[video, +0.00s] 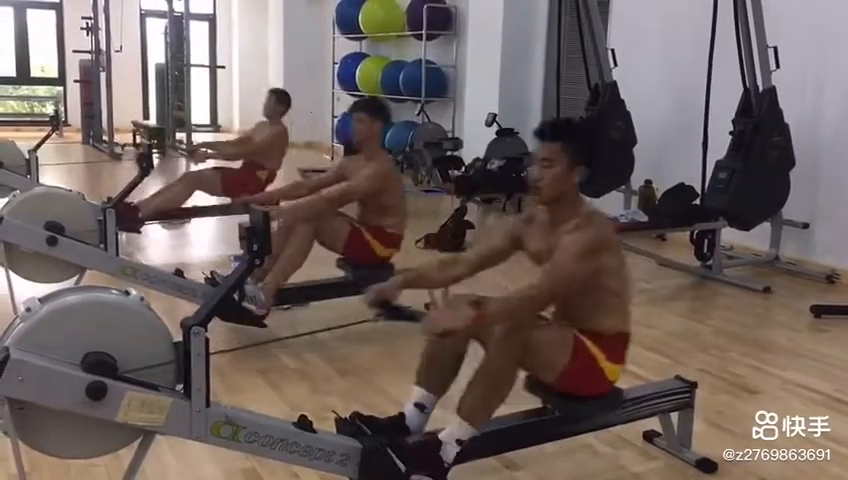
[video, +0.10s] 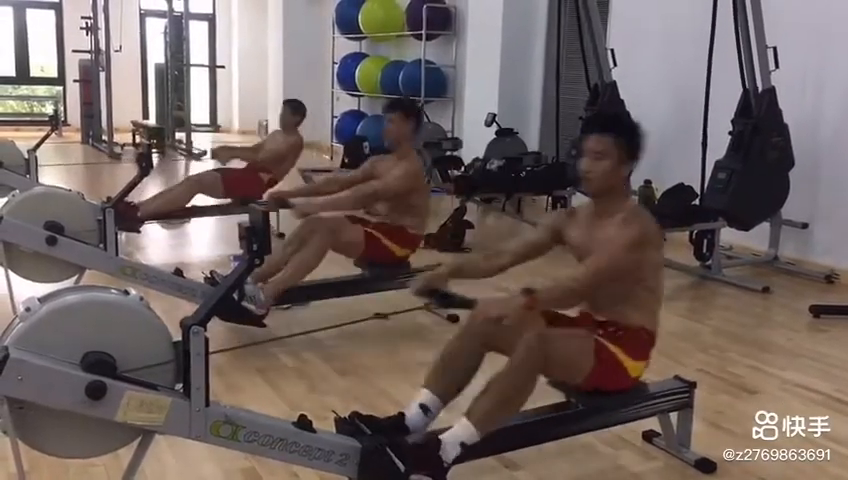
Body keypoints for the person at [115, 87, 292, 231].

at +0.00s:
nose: (265, 104)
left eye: (270, 101)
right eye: (267, 100)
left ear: (281, 109)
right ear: (272, 106)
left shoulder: (277, 133)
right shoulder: (263, 126)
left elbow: (244, 151)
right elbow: (237, 143)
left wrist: (206, 152)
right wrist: (205, 146)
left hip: (251, 182)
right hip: (243, 175)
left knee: (192, 180)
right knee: (187, 178)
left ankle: (140, 214)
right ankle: (138, 209)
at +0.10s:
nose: (281, 114)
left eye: (285, 112)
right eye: (283, 111)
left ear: (295, 117)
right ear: (289, 115)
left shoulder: (291, 141)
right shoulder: (278, 135)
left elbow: (261, 159)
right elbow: (256, 151)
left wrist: (231, 153)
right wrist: (230, 152)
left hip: (254, 183)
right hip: (247, 176)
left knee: (195, 183)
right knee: (192, 181)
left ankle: (139, 216)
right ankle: (139, 208)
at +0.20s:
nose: (290, 125)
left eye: (295, 123)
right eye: (291, 121)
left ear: (305, 127)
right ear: (292, 123)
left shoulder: (304, 149)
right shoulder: (284, 141)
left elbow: (282, 162)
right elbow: (264, 156)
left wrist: (251, 155)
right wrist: (244, 153)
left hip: (254, 184)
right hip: (246, 174)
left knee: (196, 184)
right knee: (192, 181)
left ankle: (139, 216)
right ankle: (138, 209)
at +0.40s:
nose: (287, 127)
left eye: (290, 123)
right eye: (288, 123)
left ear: (300, 127)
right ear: (301, 128)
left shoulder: (302, 154)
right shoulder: (296, 148)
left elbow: (309, 186)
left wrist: (290, 156)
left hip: (248, 183)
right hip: (245, 177)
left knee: (192, 180)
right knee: (191, 178)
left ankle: (138, 213)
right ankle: (137, 208)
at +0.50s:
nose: (284, 127)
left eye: (287, 123)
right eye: (285, 123)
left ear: (298, 126)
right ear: (293, 126)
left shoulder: (302, 154)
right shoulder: (289, 146)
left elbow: (304, 187)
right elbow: (280, 163)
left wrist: (290, 162)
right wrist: (268, 150)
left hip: (249, 182)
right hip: (242, 174)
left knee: (191, 180)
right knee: (188, 177)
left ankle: (136, 215)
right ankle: (134, 208)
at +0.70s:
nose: (274, 123)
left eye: (277, 119)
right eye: (274, 118)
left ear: (290, 121)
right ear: (283, 120)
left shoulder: (294, 149)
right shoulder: (277, 143)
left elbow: (285, 180)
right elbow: (262, 166)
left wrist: (253, 161)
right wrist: (241, 157)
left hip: (247, 184)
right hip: (239, 177)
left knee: (191, 183)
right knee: (187, 178)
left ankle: (134, 216)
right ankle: (133, 207)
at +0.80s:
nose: (267, 118)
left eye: (271, 115)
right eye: (267, 114)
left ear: (283, 117)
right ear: (274, 116)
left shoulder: (287, 143)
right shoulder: (272, 138)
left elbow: (277, 176)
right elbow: (255, 164)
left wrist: (240, 160)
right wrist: (232, 158)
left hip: (248, 183)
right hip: (240, 177)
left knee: (191, 183)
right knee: (186, 179)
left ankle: (133, 215)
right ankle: (132, 208)